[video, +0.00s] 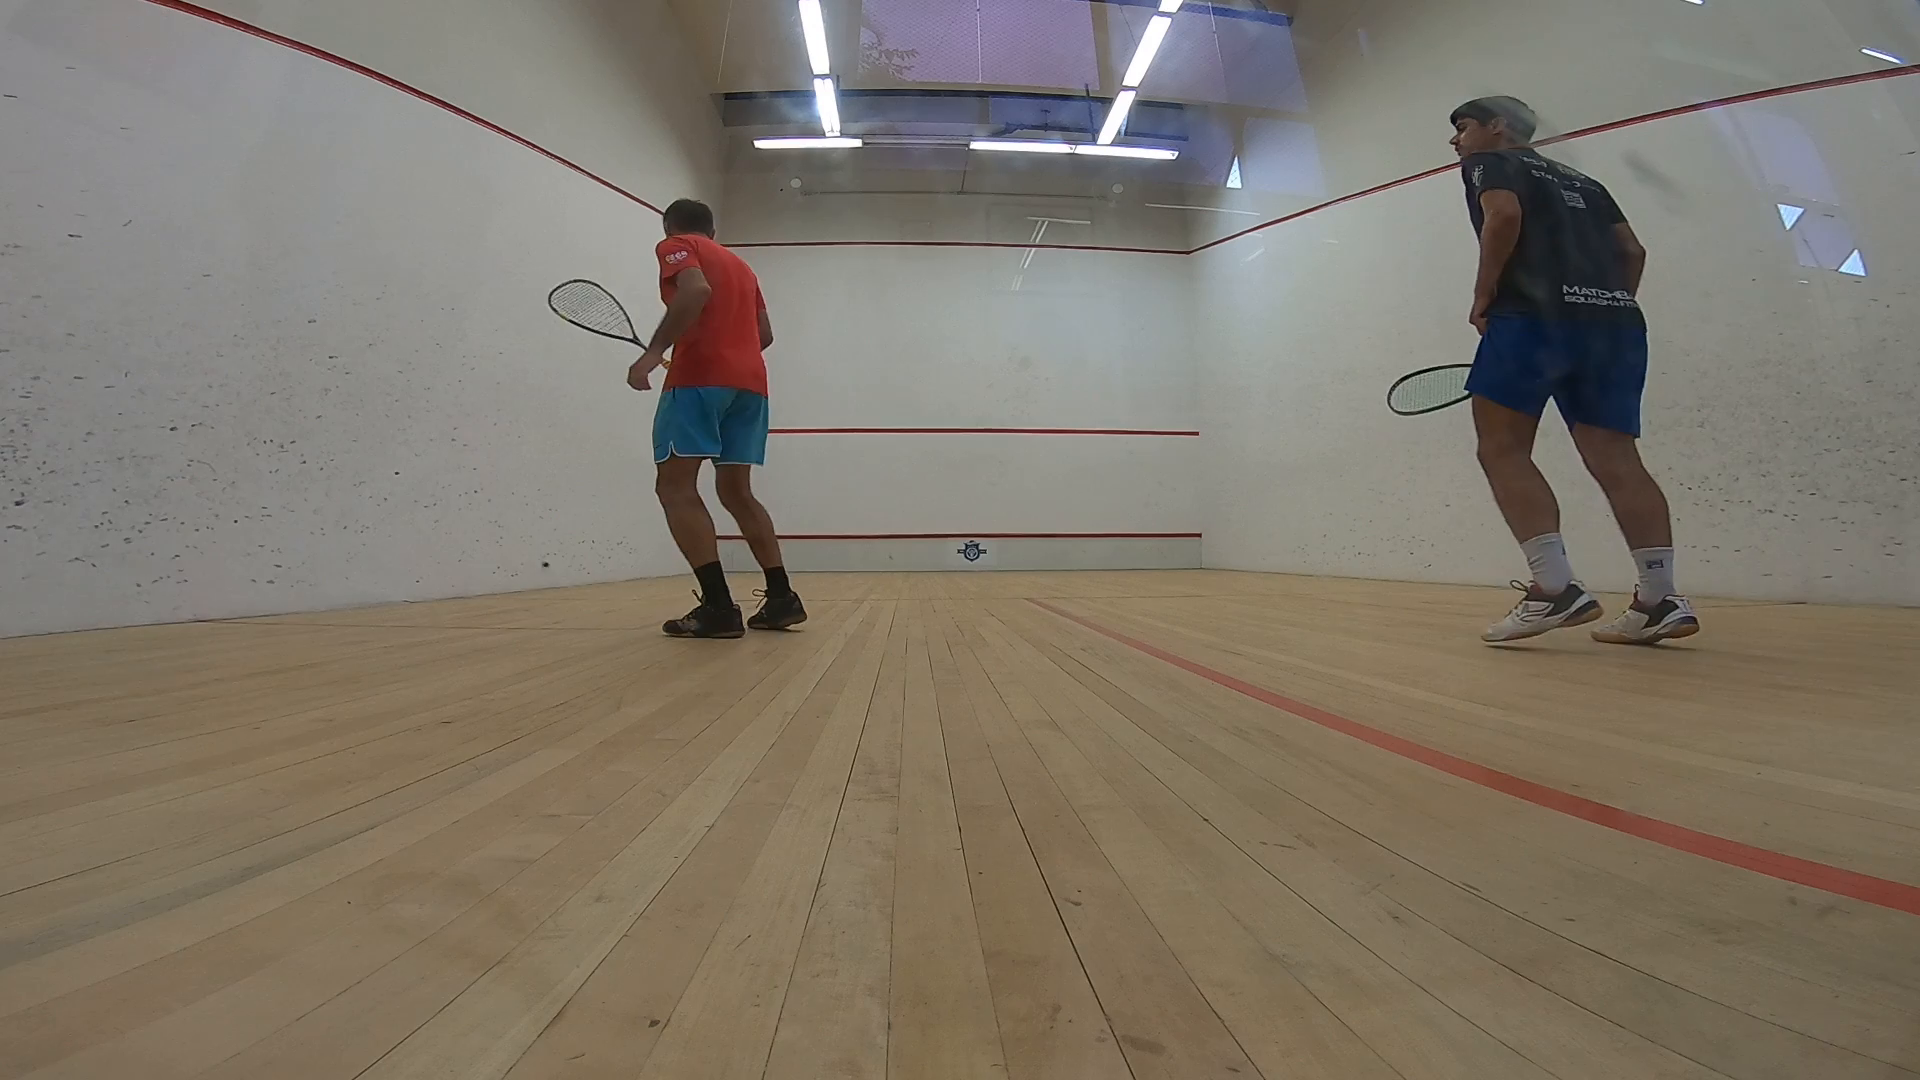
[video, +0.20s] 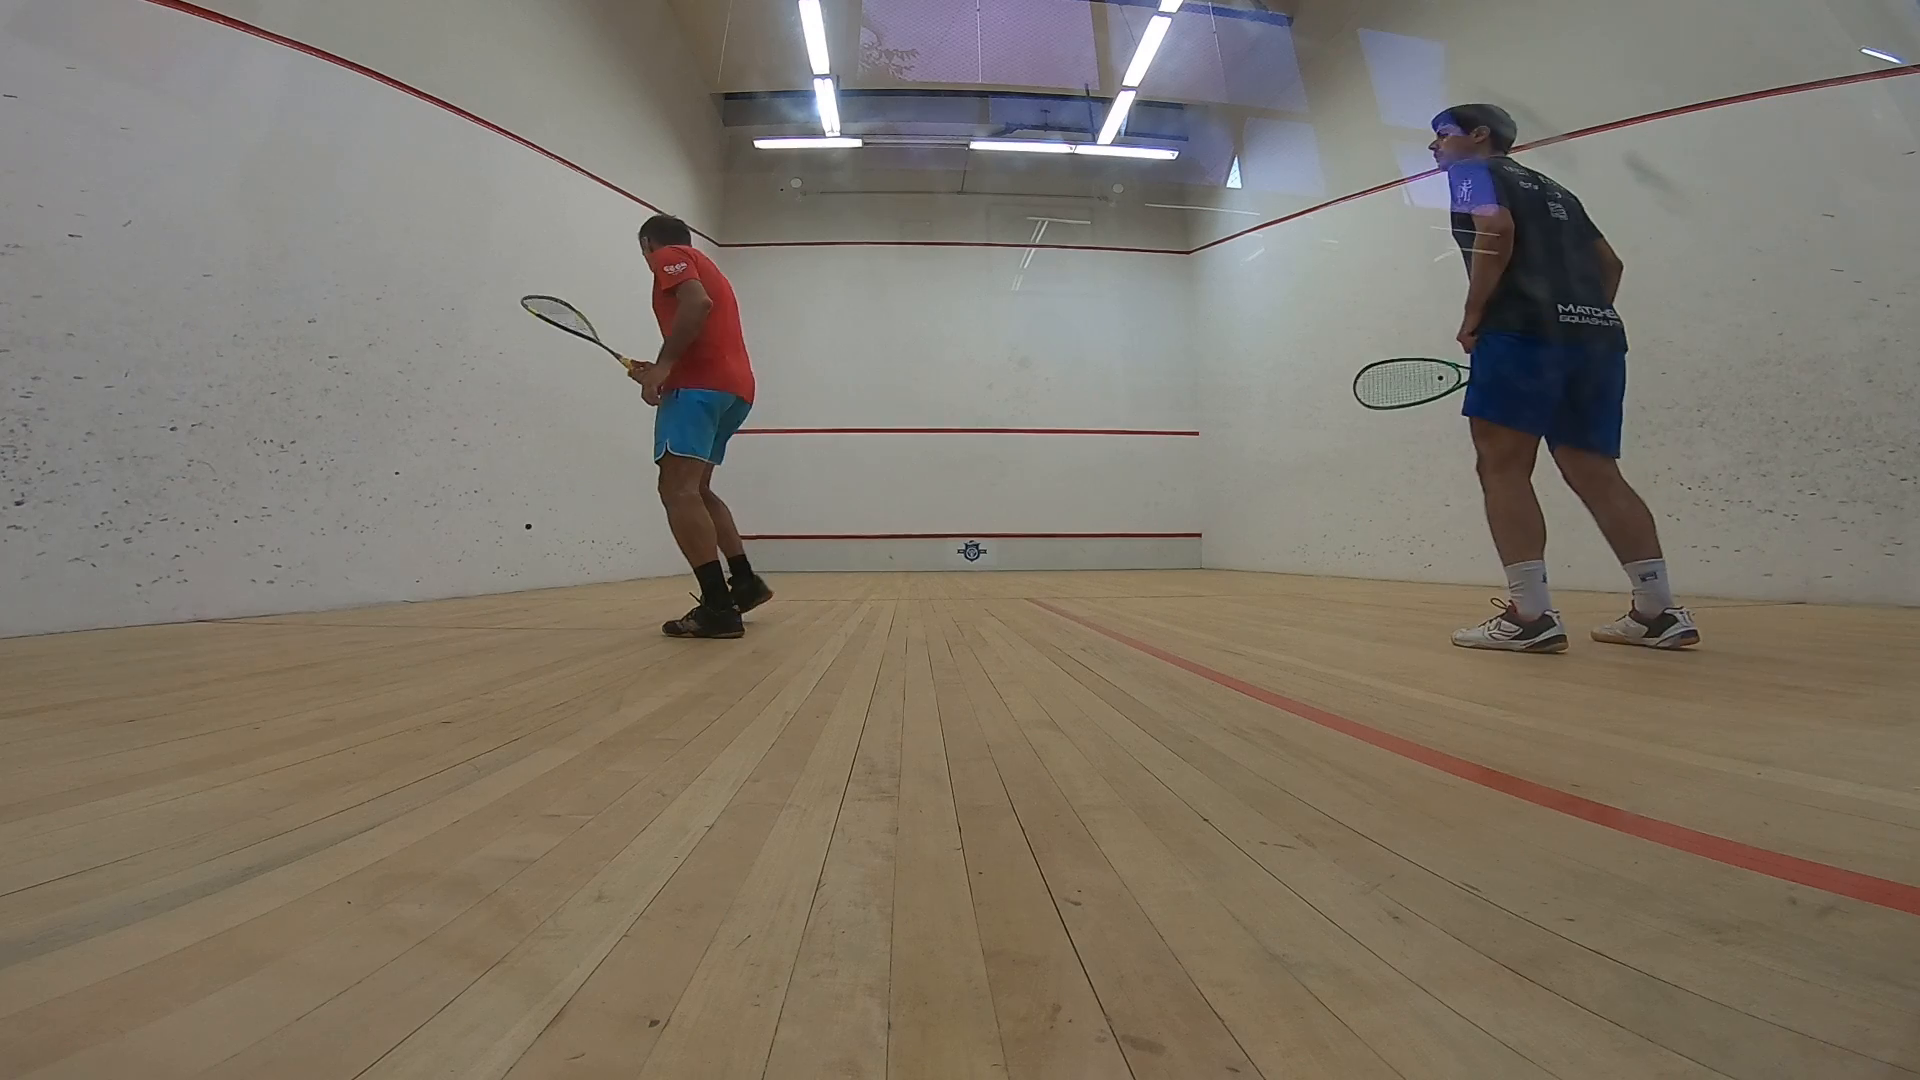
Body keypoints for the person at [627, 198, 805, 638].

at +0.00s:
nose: (665, 238)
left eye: (665, 232)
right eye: (668, 232)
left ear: (671, 228)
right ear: (710, 230)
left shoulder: (675, 243)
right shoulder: (739, 266)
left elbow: (695, 289)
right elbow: (763, 335)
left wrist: (651, 353)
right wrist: (699, 351)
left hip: (699, 377)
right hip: (751, 381)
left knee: (676, 488)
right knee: (736, 490)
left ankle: (718, 607)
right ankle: (782, 598)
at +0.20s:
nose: (647, 258)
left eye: (645, 250)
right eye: (646, 251)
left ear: (651, 242)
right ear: (684, 241)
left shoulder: (667, 254)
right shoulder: (708, 269)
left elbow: (695, 302)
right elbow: (709, 344)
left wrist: (664, 366)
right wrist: (658, 371)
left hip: (700, 383)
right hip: (734, 385)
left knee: (676, 488)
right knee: (697, 490)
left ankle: (717, 608)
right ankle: (744, 581)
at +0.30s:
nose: (637, 275)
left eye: (636, 266)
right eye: (636, 268)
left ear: (644, 255)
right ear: (670, 251)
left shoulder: (667, 265)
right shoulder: (687, 282)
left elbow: (704, 300)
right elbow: (693, 364)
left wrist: (667, 359)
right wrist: (634, 363)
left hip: (694, 395)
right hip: (724, 398)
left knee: (649, 491)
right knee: (697, 498)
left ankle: (709, 593)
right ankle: (739, 596)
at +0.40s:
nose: (619, 299)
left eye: (616, 287)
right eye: (615, 290)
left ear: (625, 274)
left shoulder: (663, 280)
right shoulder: (652, 321)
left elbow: (716, 308)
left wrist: (684, 357)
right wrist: (594, 344)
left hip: (693, 402)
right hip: (723, 407)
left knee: (611, 479)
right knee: (685, 500)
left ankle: (663, 581)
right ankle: (736, 595)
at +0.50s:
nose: (586, 316)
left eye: (584, 306)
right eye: (583, 310)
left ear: (593, 293)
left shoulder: (642, 293)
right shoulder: (618, 343)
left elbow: (706, 313)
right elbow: (577, 382)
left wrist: (701, 359)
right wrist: (561, 337)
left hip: (685, 401)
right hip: (717, 408)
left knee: (603, 475)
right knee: (680, 504)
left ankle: (581, 595)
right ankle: (735, 596)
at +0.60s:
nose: (556, 330)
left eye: (554, 320)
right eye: (552, 323)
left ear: (570, 307)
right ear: (574, 311)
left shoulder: (616, 302)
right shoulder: (588, 360)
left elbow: (684, 317)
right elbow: (549, 406)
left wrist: (705, 361)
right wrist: (518, 396)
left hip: (663, 404)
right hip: (707, 409)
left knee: (599, 496)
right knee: (676, 509)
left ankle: (549, 599)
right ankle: (735, 595)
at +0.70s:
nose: (530, 339)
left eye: (527, 328)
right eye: (526, 331)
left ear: (537, 314)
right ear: (544, 314)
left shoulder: (585, 308)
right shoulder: (571, 371)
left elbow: (655, 320)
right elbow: (554, 433)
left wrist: (695, 362)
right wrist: (525, 490)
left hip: (643, 407)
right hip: (683, 413)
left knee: (568, 491)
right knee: (660, 512)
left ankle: (535, 601)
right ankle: (732, 592)